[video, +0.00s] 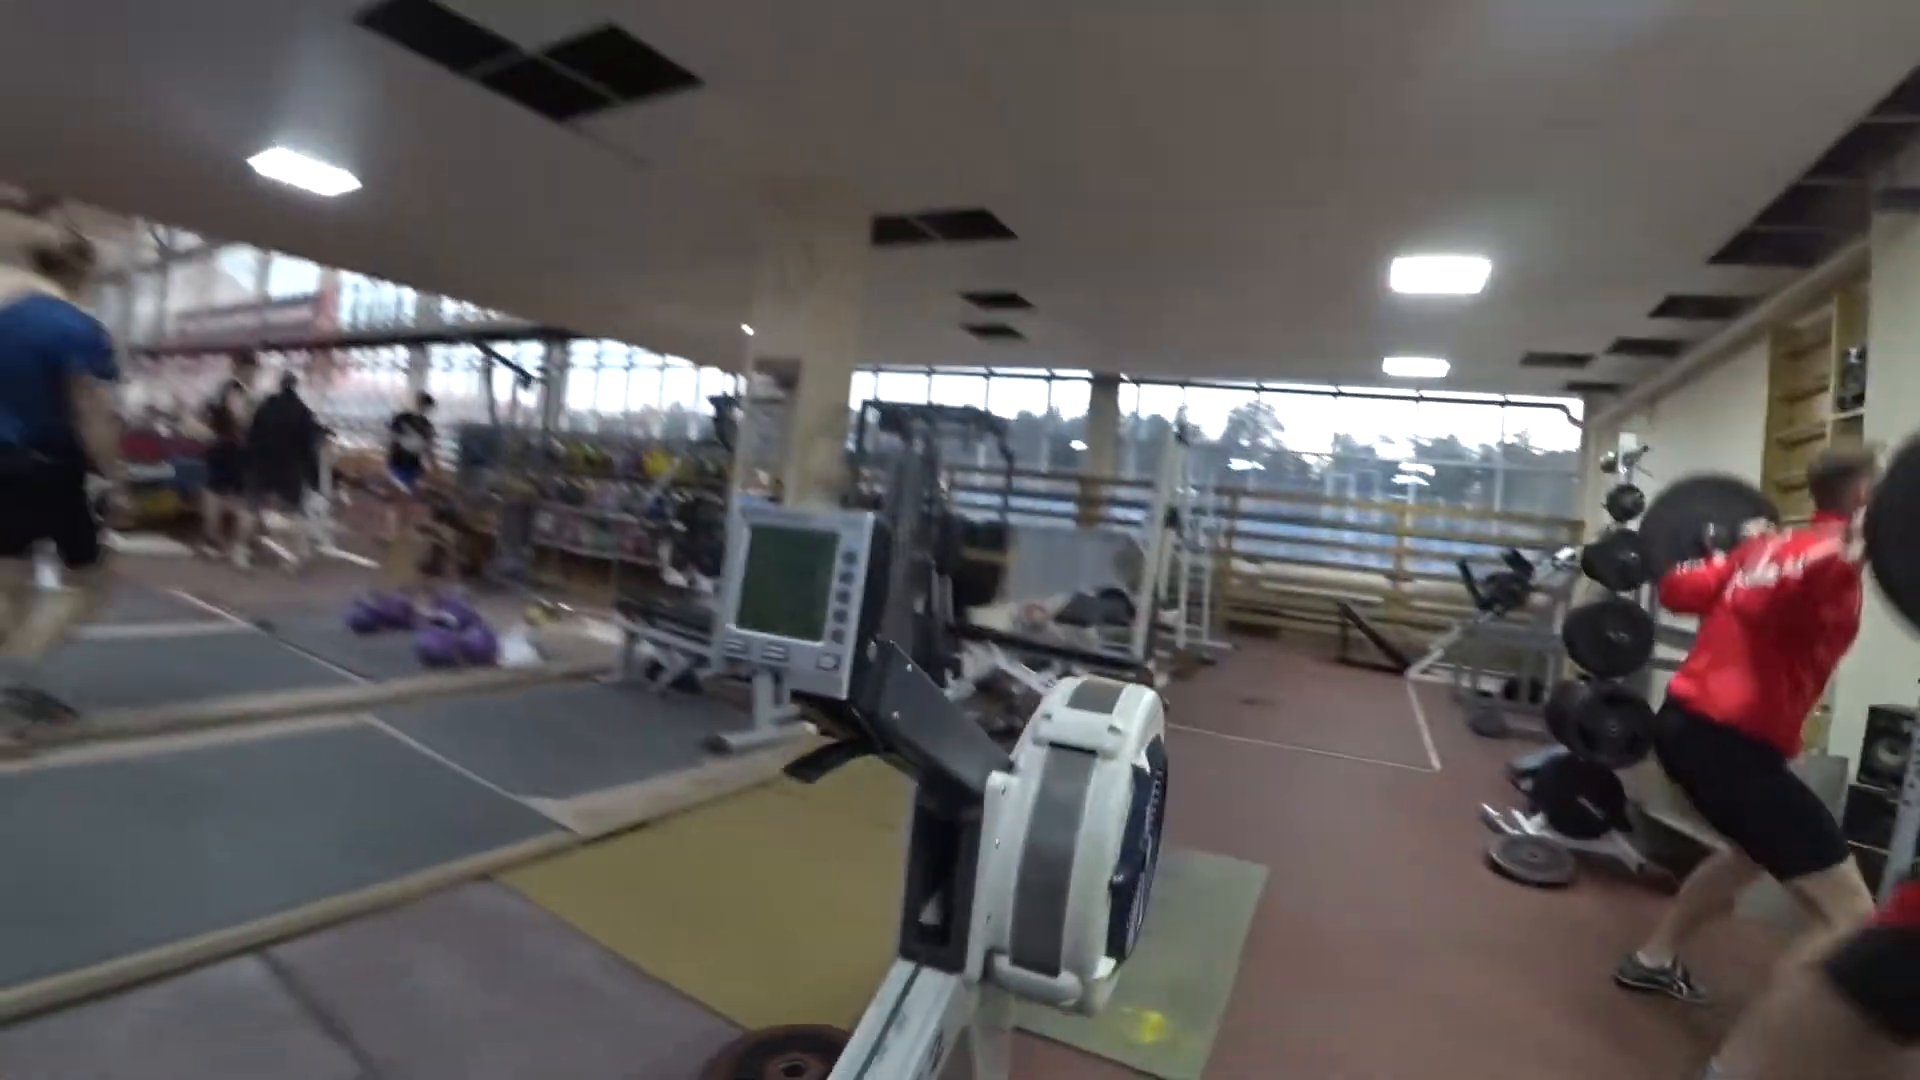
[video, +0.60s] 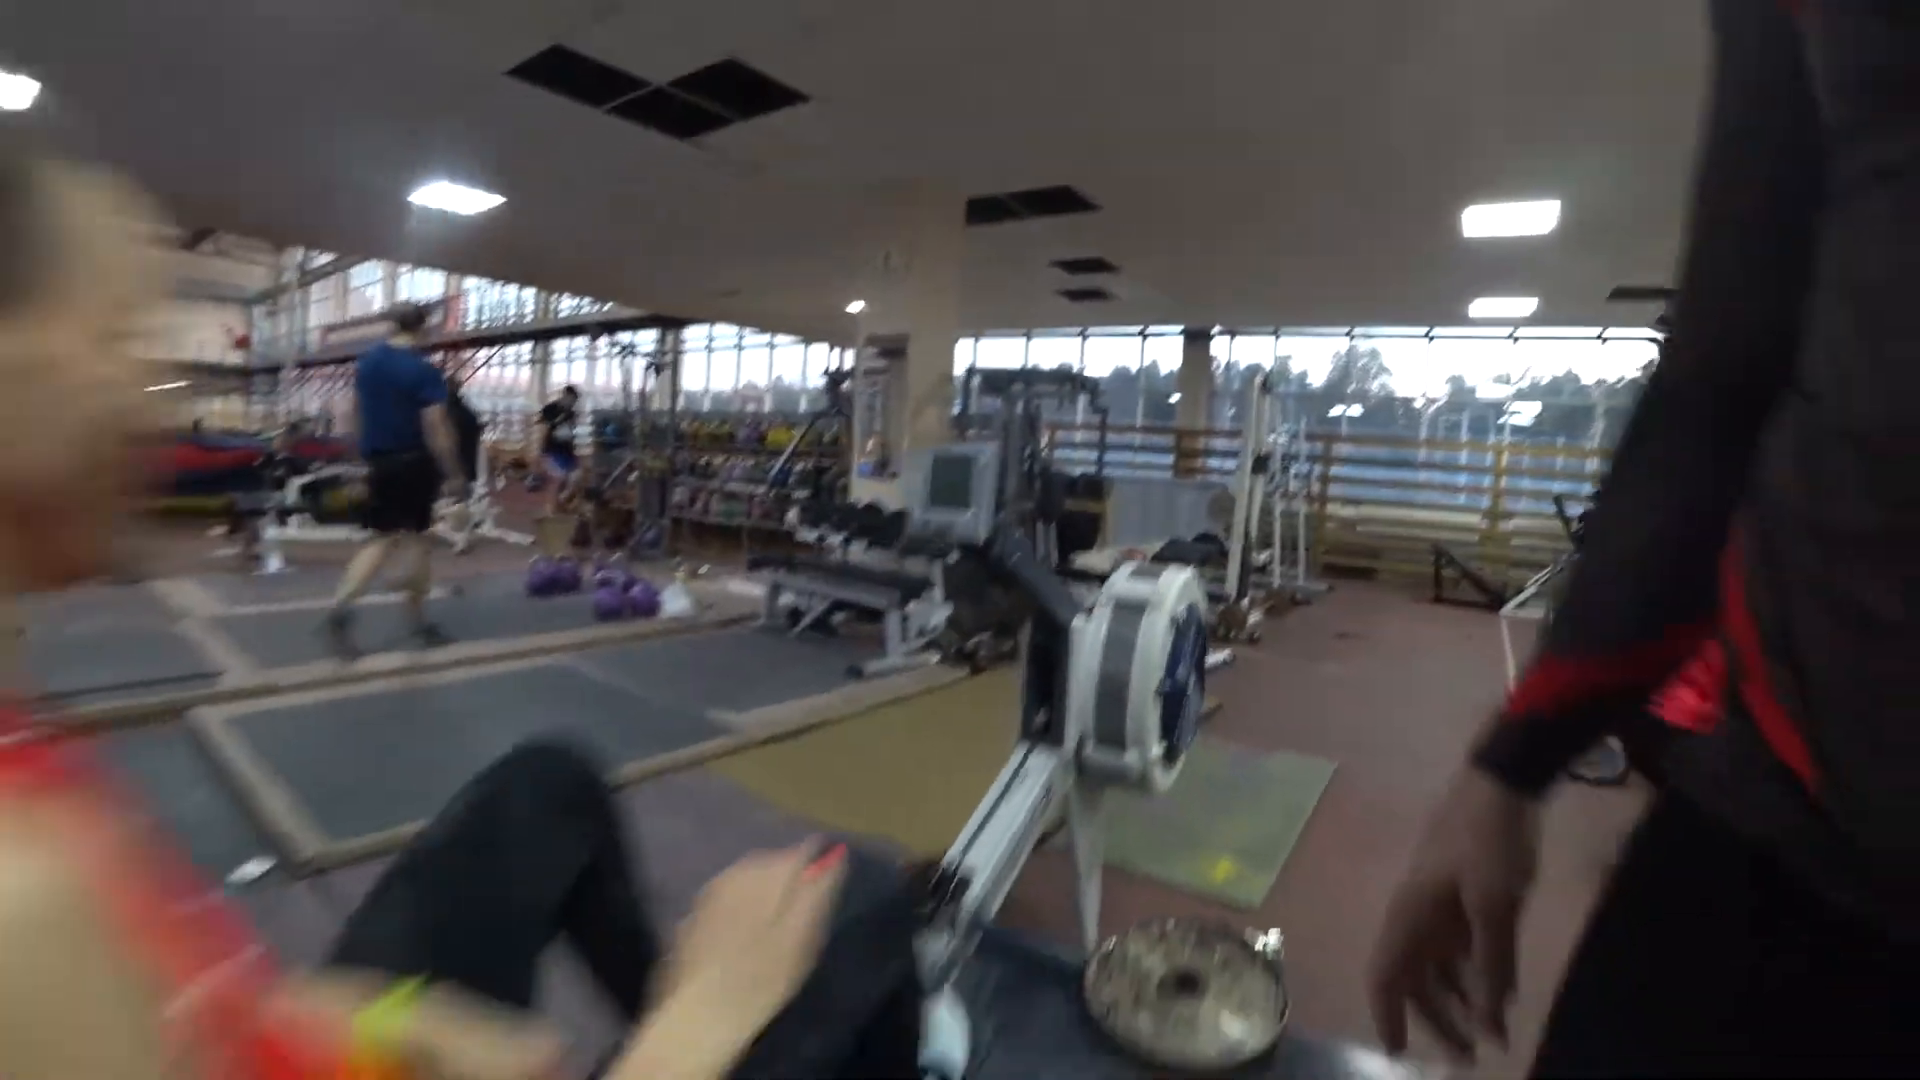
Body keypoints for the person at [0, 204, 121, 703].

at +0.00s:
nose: (87, 278)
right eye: (85, 271)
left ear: (40, 266)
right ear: (80, 274)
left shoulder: (9, 317)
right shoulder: (80, 329)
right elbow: (94, 418)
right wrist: (115, 476)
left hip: (3, 466)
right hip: (51, 470)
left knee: (11, 581)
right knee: (86, 577)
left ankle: (12, 679)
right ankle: (22, 666)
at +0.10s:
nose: (159, 318)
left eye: (156, 309)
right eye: (158, 310)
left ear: (114, 305)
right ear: (150, 311)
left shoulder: (78, 352)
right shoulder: (147, 361)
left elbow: (67, 423)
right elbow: (155, 436)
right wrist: (178, 497)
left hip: (74, 489)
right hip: (127, 492)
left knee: (74, 592)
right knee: (161, 590)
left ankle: (80, 709)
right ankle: (133, 699)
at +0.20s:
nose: (217, 351)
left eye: (212, 343)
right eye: (215, 344)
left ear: (173, 342)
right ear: (209, 345)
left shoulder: (142, 384)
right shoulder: (208, 392)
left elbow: (131, 447)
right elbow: (215, 464)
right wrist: (235, 526)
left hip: (139, 512)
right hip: (189, 515)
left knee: (129, 613)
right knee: (218, 607)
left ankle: (128, 721)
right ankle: (222, 703)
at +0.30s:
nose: (268, 367)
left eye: (263, 359)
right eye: (266, 360)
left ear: (230, 362)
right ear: (262, 362)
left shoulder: (198, 402)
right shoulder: (261, 410)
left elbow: (185, 460)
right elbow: (268, 482)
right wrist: (287, 535)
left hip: (192, 520)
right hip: (242, 524)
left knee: (185, 618)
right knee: (266, 612)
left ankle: (173, 720)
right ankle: (286, 695)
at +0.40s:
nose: (320, 379)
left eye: (318, 372)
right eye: (320, 373)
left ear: (283, 367)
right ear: (314, 371)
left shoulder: (254, 404)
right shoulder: (313, 410)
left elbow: (244, 450)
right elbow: (320, 472)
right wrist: (336, 529)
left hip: (257, 516)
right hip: (301, 518)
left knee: (246, 606)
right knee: (317, 604)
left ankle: (219, 700)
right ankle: (331, 681)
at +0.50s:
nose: (371, 358)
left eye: (365, 351)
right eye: (371, 352)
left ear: (337, 349)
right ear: (367, 352)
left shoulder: (312, 387)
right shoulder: (367, 394)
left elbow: (307, 440)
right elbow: (380, 458)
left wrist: (316, 480)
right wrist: (394, 504)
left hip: (320, 490)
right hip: (358, 492)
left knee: (314, 572)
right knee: (370, 574)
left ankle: (276, 657)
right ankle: (377, 651)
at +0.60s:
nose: (427, 334)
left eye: (422, 327)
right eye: (426, 329)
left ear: (394, 326)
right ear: (421, 329)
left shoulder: (369, 362)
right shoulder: (423, 371)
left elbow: (358, 414)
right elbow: (437, 432)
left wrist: (365, 449)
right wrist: (454, 473)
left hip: (379, 460)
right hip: (416, 462)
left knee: (381, 537)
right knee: (416, 540)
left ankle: (341, 606)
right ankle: (419, 619)